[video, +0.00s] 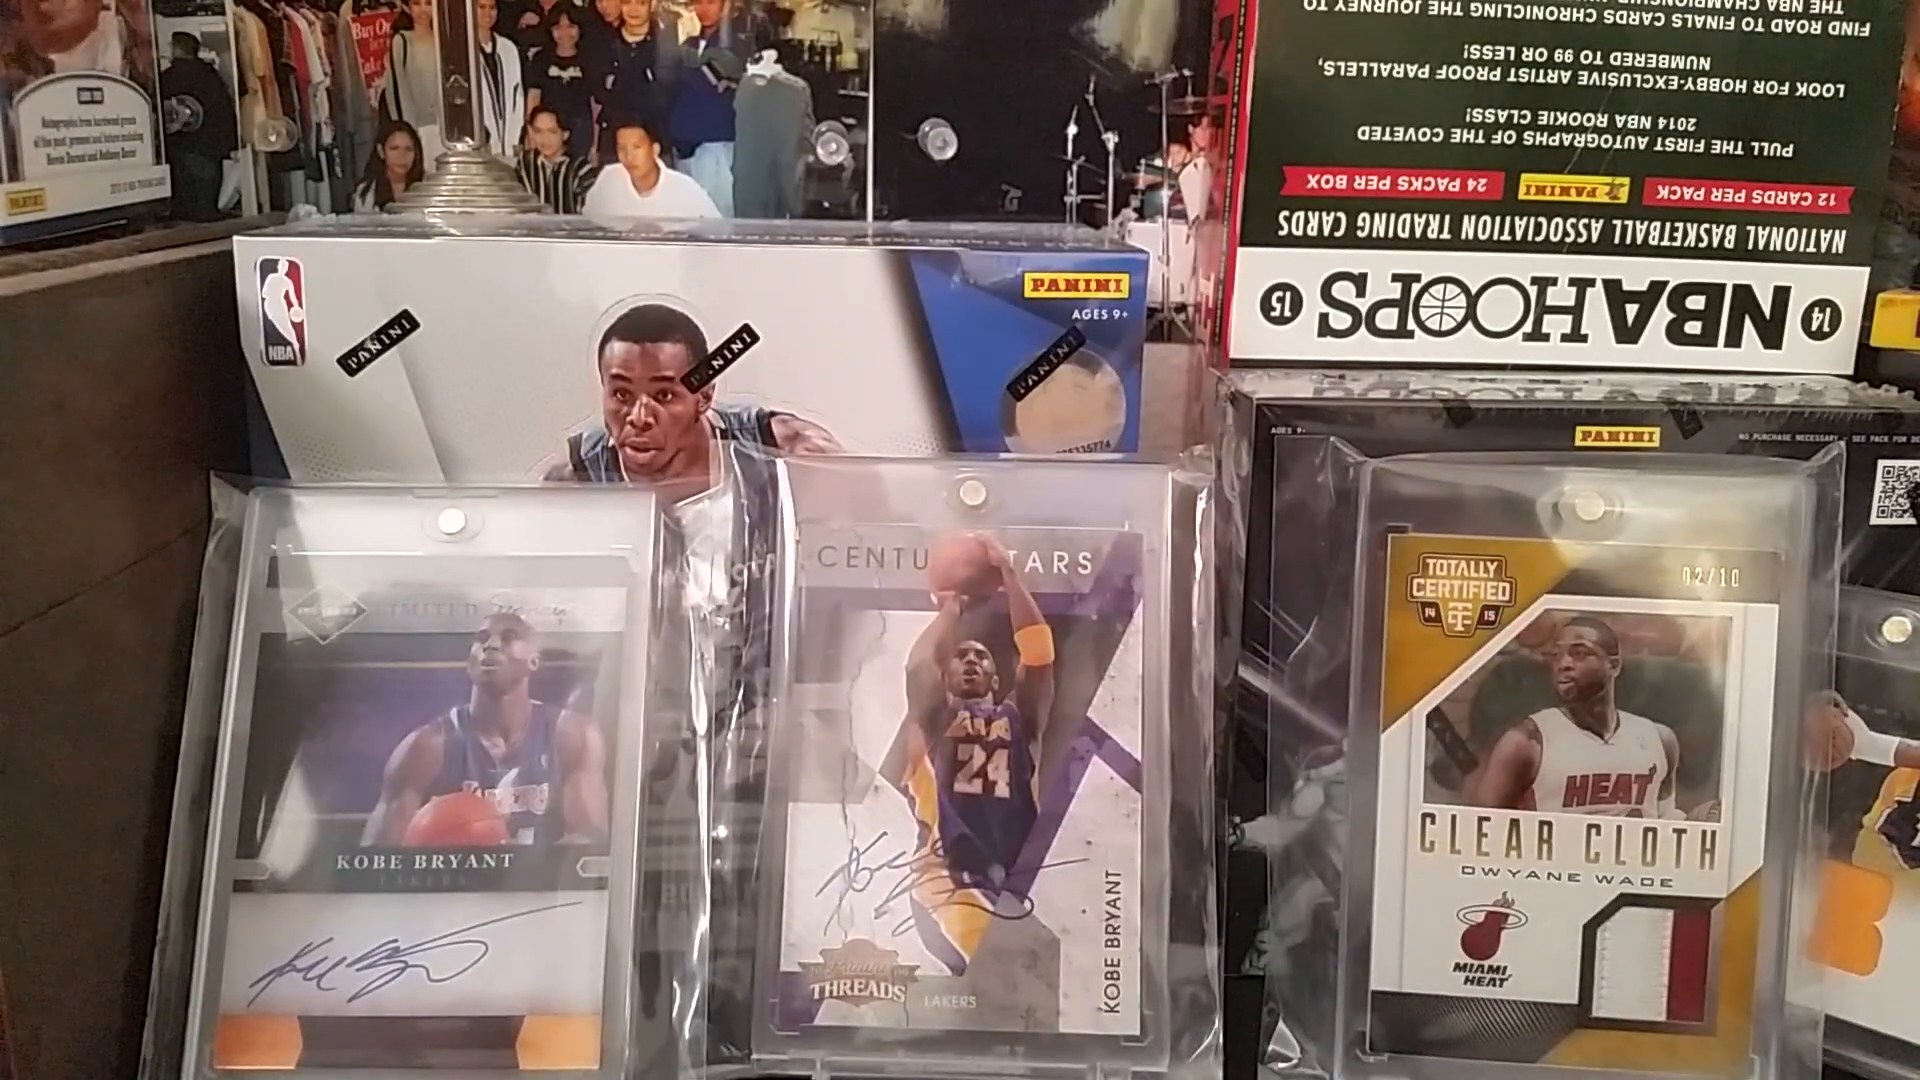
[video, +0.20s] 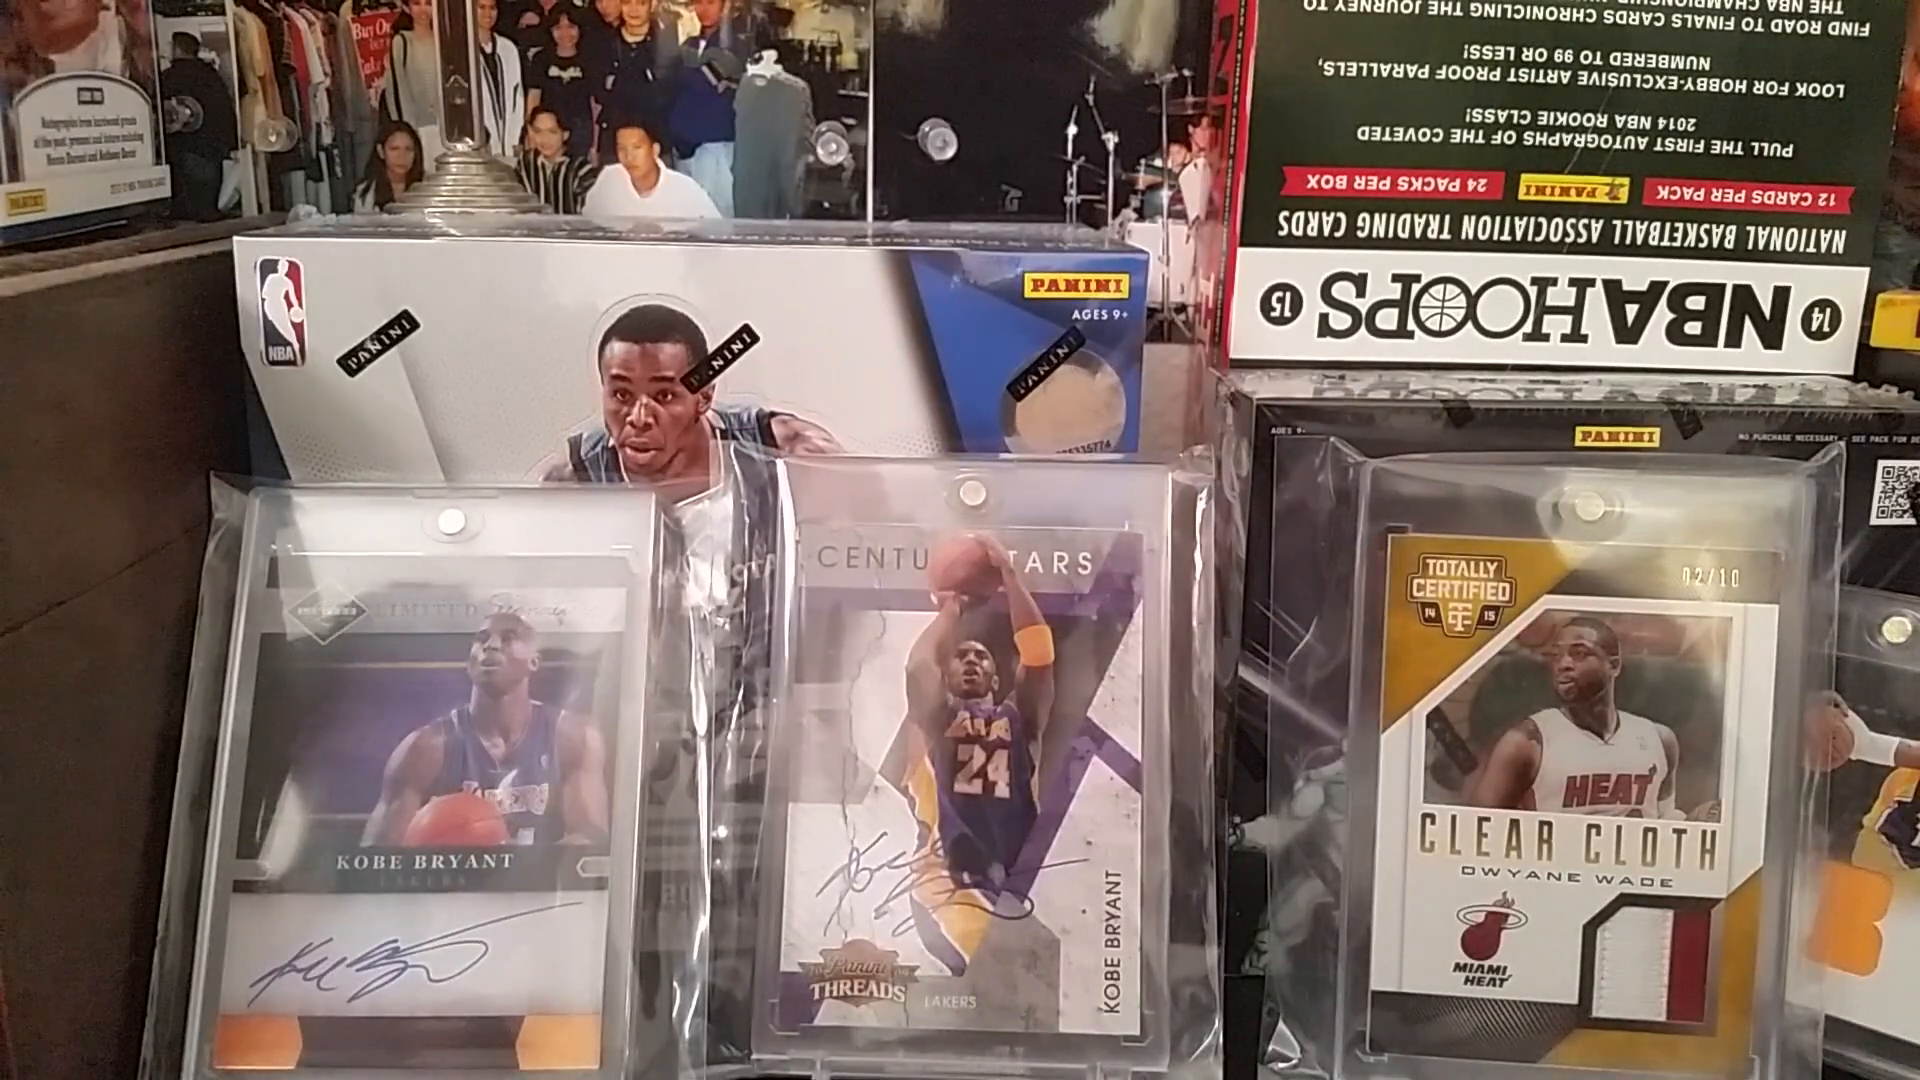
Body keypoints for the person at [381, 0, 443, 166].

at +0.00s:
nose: (423, 9)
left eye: (428, 3)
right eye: (417, 4)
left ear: (434, 7)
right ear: (407, 8)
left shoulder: (441, 37)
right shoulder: (401, 40)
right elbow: (400, 83)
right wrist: (408, 123)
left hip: (445, 115)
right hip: (418, 118)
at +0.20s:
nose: (423, 9)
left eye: (428, 3)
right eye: (417, 4)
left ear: (434, 7)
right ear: (407, 8)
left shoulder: (442, 38)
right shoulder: (401, 41)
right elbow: (399, 84)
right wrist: (408, 125)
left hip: (445, 117)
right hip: (419, 120)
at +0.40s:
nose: (423, 9)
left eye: (428, 3)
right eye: (417, 4)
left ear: (434, 7)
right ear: (406, 8)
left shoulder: (441, 38)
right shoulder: (401, 40)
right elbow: (399, 83)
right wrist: (408, 124)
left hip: (445, 117)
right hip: (419, 119)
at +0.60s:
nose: (423, 9)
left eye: (428, 3)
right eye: (417, 4)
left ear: (434, 7)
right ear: (407, 8)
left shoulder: (441, 38)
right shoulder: (401, 40)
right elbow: (400, 83)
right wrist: (409, 124)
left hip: (445, 117)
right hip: (419, 119)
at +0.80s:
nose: (424, 9)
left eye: (428, 3)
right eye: (417, 4)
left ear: (435, 7)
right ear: (407, 8)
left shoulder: (441, 38)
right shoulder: (401, 40)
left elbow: (451, 77)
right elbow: (400, 84)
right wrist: (409, 125)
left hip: (445, 117)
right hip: (418, 119)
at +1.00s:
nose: (424, 10)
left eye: (429, 4)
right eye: (417, 4)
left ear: (435, 7)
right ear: (408, 8)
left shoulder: (442, 38)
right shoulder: (402, 40)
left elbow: (452, 77)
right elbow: (401, 84)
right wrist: (409, 124)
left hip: (445, 117)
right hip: (419, 120)